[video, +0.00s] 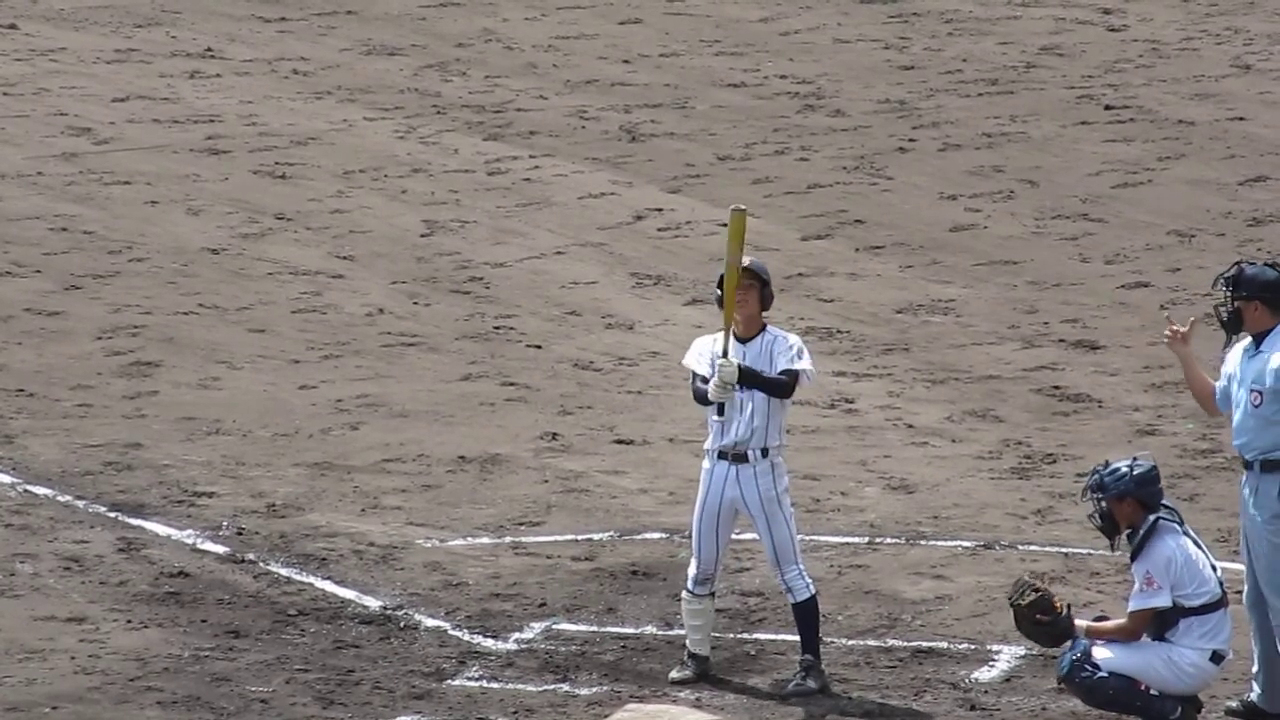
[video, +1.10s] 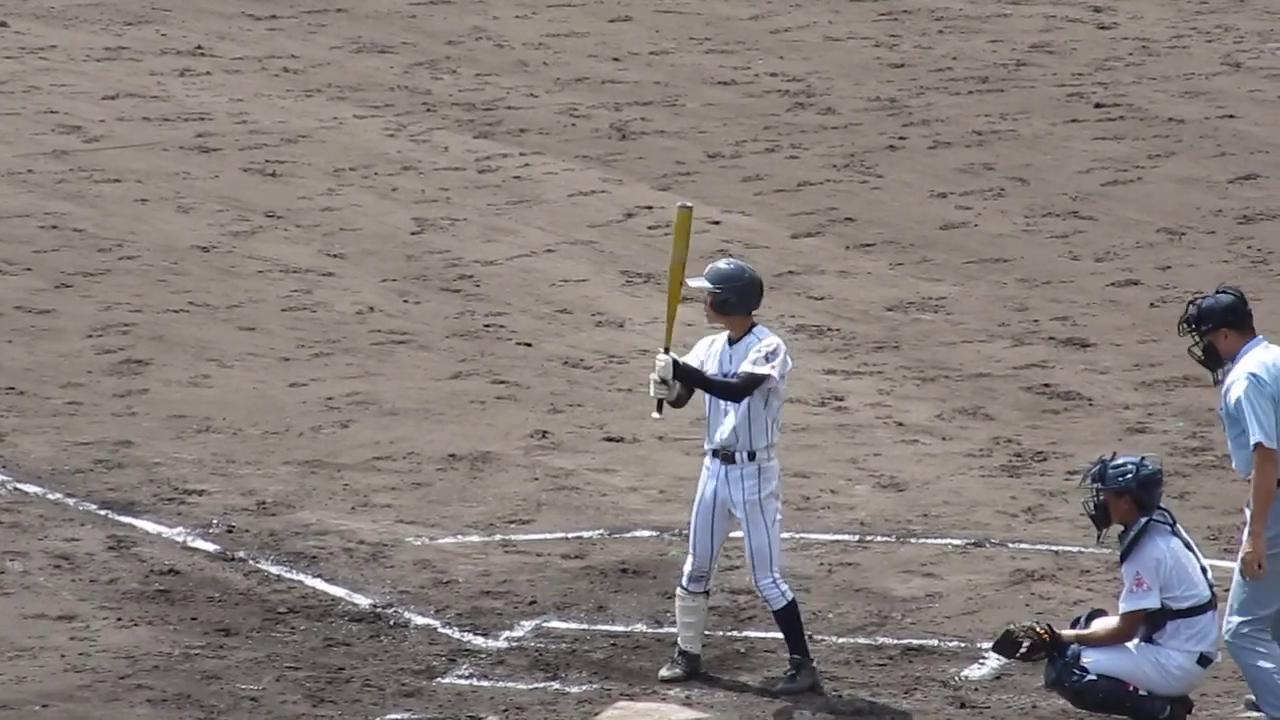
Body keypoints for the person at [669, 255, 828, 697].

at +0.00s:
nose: (740, 296)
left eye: (748, 289)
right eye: (734, 289)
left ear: (765, 297)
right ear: (724, 296)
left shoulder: (784, 343)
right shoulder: (707, 346)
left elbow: (786, 388)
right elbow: (697, 393)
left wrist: (743, 375)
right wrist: (714, 391)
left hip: (762, 470)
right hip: (716, 469)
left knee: (789, 569)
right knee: (702, 567)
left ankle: (811, 665)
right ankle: (696, 658)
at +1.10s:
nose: (706, 304)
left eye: (712, 298)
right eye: (707, 297)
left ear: (731, 304)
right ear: (735, 305)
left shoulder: (770, 346)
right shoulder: (707, 346)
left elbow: (738, 391)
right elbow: (681, 399)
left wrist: (682, 372)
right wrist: (667, 387)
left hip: (755, 472)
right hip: (714, 469)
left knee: (767, 578)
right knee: (697, 566)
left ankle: (802, 666)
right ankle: (687, 657)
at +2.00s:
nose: (732, 314)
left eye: (739, 309)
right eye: (734, 307)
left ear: (760, 315)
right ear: (758, 313)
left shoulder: (809, 350)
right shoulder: (728, 354)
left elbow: (790, 384)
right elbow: (720, 414)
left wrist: (742, 355)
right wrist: (726, 388)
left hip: (781, 476)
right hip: (734, 472)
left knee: (780, 577)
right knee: (698, 568)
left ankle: (801, 665)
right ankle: (685, 649)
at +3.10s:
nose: (715, 309)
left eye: (721, 304)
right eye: (715, 304)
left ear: (743, 309)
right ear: (717, 307)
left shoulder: (778, 350)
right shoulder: (709, 343)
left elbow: (801, 356)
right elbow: (685, 359)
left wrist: (764, 308)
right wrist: (720, 327)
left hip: (761, 479)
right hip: (714, 476)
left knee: (768, 581)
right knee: (688, 577)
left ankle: (800, 665)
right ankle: (686, 656)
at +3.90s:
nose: (704, 322)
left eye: (711, 316)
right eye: (705, 315)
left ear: (734, 322)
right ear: (716, 319)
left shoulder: (782, 354)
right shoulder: (702, 358)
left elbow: (770, 394)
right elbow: (702, 403)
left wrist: (743, 358)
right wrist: (724, 388)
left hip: (763, 486)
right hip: (715, 484)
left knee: (765, 586)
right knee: (683, 584)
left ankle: (797, 669)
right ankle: (683, 659)